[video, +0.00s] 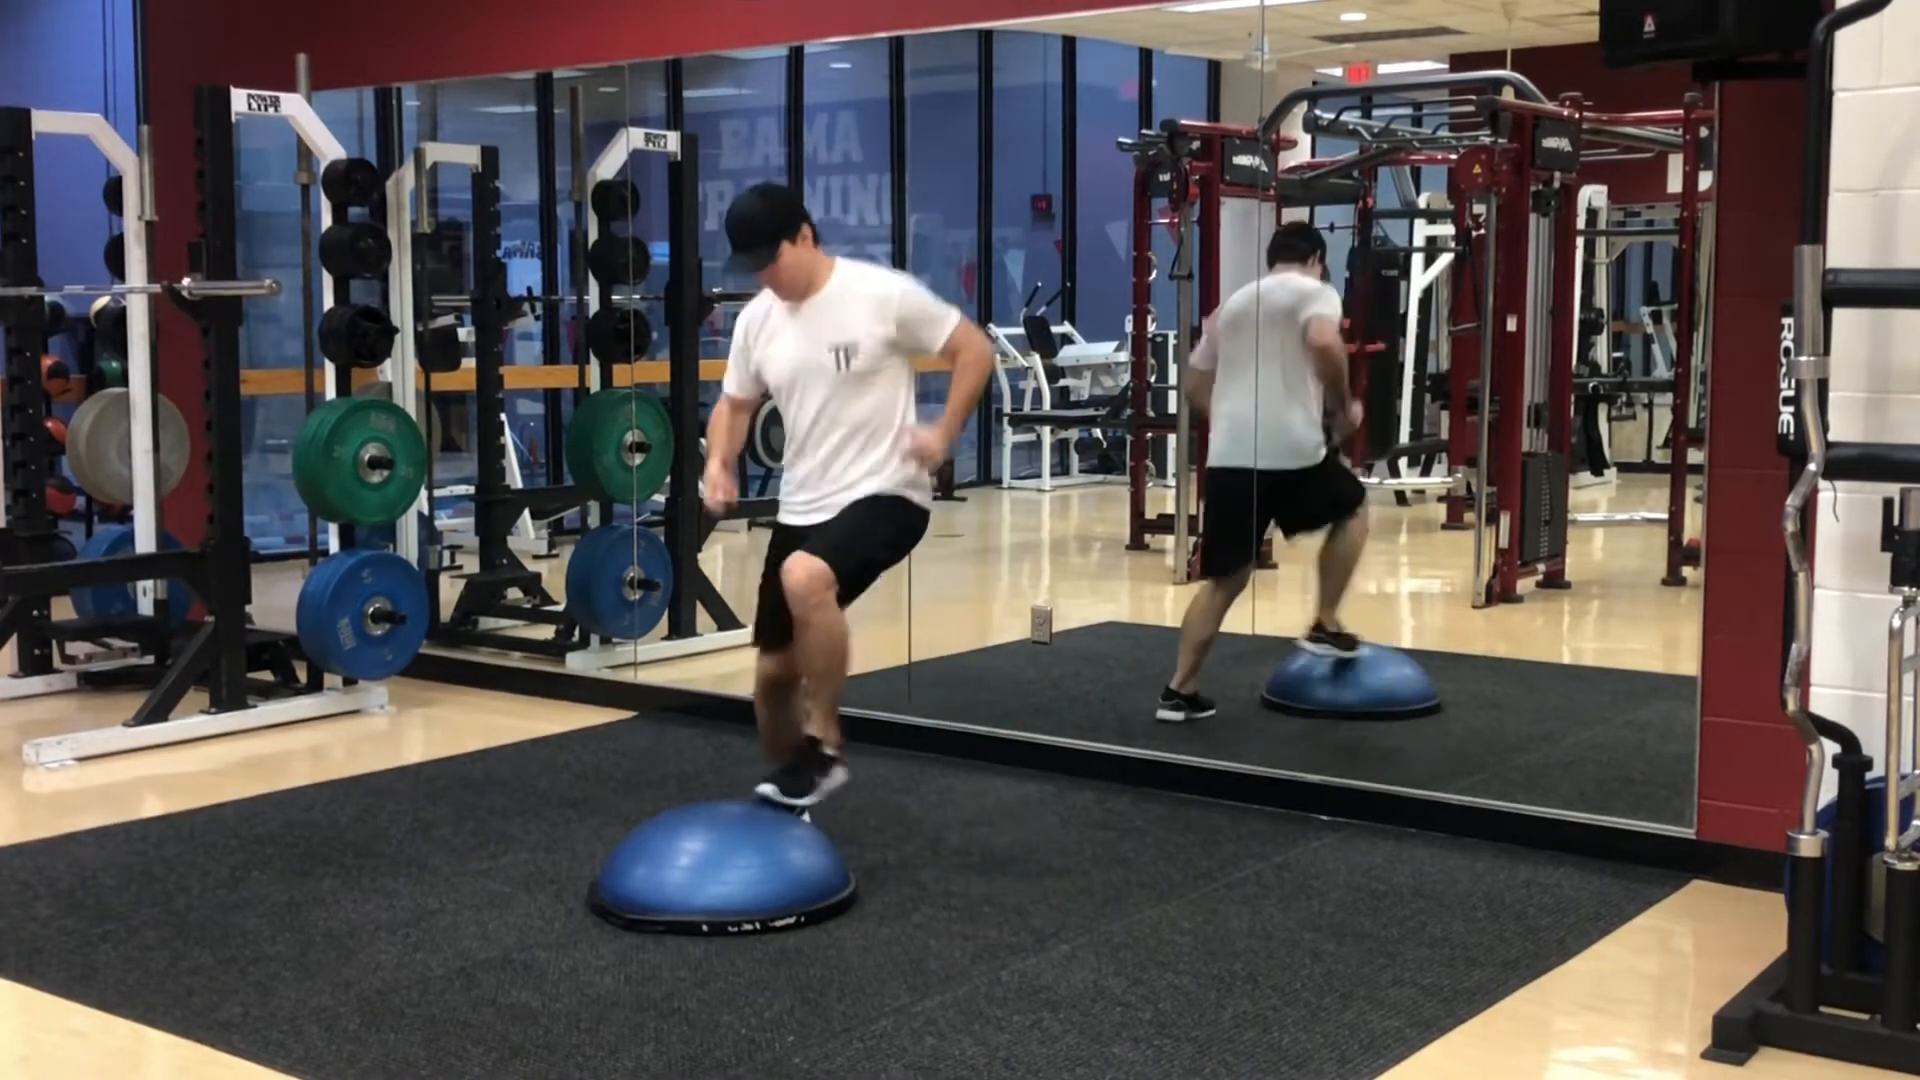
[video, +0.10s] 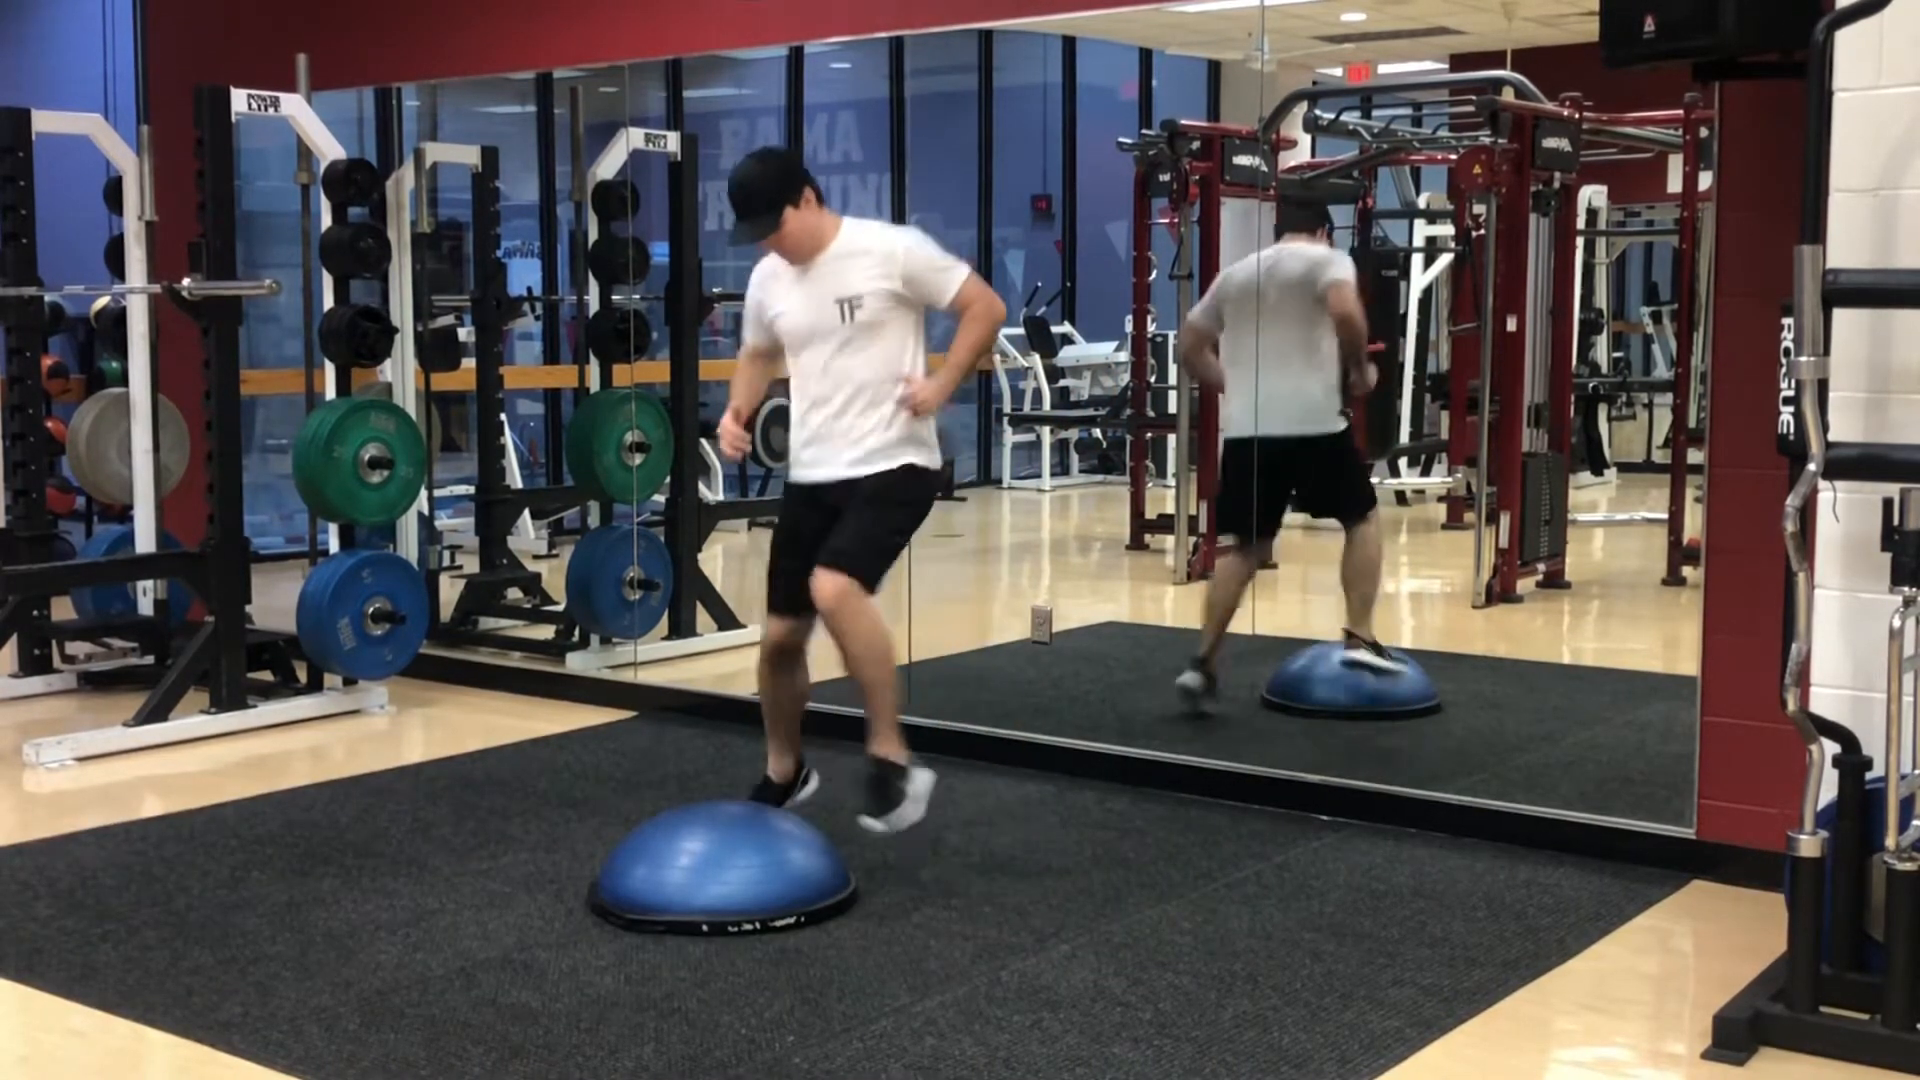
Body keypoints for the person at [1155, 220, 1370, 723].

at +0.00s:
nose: (1323, 272)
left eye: (1321, 267)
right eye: (1323, 266)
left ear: (1272, 259)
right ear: (1315, 262)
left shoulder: (1232, 304)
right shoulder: (1318, 292)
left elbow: (1194, 379)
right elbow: (1323, 342)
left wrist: (1233, 417)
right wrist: (1344, 402)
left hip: (1230, 455)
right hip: (1292, 449)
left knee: (1225, 576)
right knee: (1352, 512)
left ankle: (1180, 689)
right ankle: (1326, 622)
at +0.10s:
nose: (1328, 241)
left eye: (1322, 235)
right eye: (1327, 235)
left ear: (1279, 230)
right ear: (1322, 231)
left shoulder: (1234, 273)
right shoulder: (1329, 259)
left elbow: (1189, 347)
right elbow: (1346, 314)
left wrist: (1236, 384)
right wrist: (1357, 368)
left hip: (1246, 433)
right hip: (1315, 429)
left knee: (1244, 550)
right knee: (1362, 522)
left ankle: (1202, 664)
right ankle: (1359, 639)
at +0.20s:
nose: (1334, 236)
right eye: (1334, 228)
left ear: (1284, 225)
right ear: (1332, 227)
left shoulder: (1242, 267)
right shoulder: (1348, 258)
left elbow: (1191, 337)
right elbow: (1379, 321)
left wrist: (1218, 389)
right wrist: (1381, 372)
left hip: (1262, 426)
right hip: (1328, 424)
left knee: (1278, 526)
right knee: (1358, 547)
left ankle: (1261, 629)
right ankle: (1377, 670)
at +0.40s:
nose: (1339, 266)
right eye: (1343, 258)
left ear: (1294, 258)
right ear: (1344, 257)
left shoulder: (1260, 299)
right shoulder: (1369, 300)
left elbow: (1210, 364)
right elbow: (1415, 371)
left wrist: (1222, 417)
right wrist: (1381, 388)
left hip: (1272, 462)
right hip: (1337, 461)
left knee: (1306, 533)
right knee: (1366, 588)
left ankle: (1318, 629)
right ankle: (1378, 712)